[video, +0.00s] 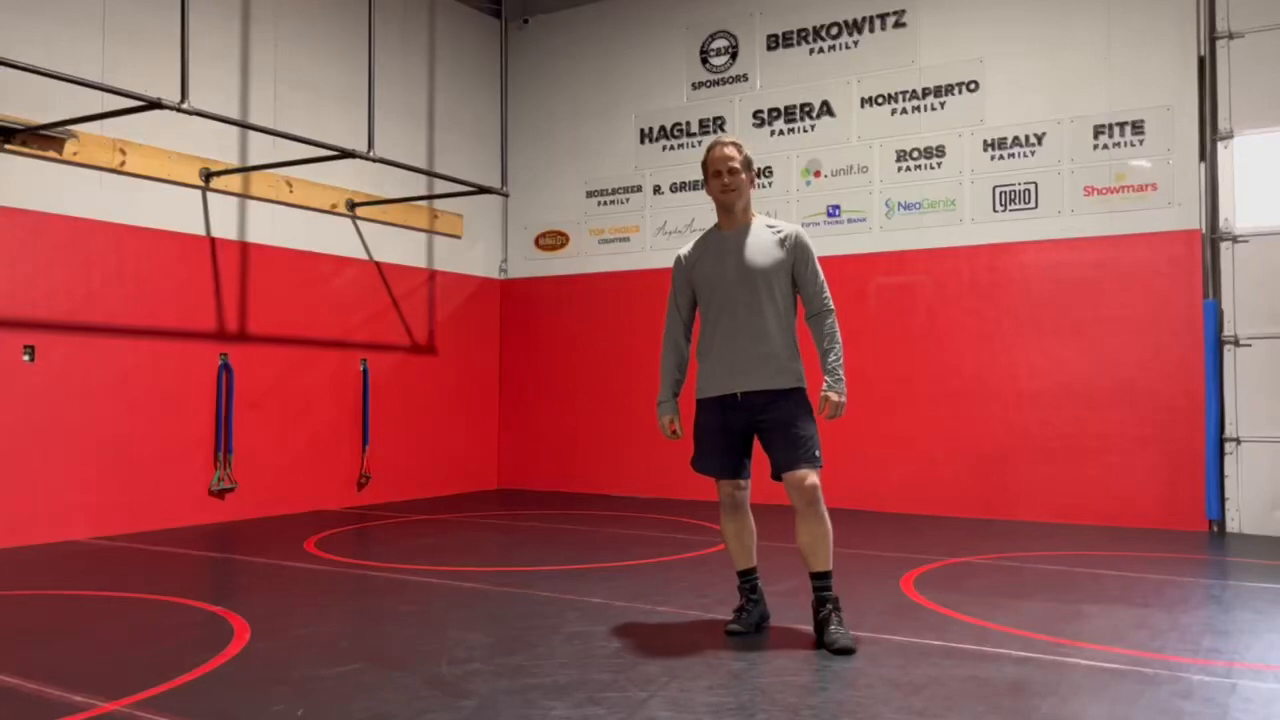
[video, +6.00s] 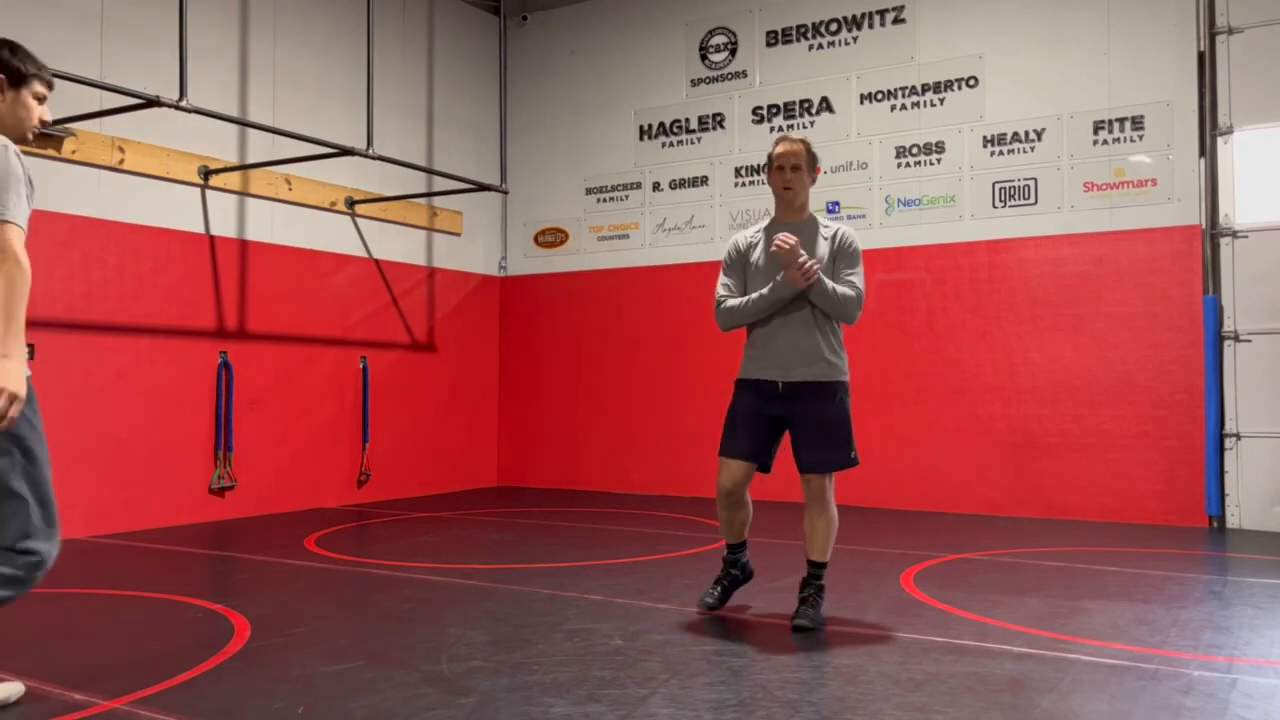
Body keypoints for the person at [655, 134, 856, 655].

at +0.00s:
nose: (725, 178)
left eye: (733, 170)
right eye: (716, 172)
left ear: (752, 176)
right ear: (705, 184)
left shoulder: (788, 239)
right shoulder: (692, 258)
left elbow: (821, 313)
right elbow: (676, 334)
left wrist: (834, 377)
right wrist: (667, 399)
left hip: (783, 393)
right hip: (719, 399)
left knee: (807, 487)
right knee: (732, 496)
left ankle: (827, 610)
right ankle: (750, 601)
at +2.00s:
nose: (747, 158)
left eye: (757, 149)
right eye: (737, 148)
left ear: (772, 159)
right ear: (722, 157)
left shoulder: (792, 235)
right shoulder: (687, 231)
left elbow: (827, 313)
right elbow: (661, 309)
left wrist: (854, 383)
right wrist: (656, 379)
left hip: (769, 387)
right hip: (702, 388)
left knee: (772, 498)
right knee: (697, 497)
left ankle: (778, 620)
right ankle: (706, 598)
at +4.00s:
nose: (783, 181)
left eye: (793, 172)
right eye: (776, 173)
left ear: (815, 178)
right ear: (769, 180)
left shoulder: (840, 250)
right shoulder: (744, 245)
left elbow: (858, 329)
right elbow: (723, 319)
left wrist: (863, 394)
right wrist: (719, 381)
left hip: (816, 390)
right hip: (754, 389)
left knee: (812, 486)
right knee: (732, 488)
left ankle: (810, 588)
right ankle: (727, 575)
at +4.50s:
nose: (734, 182)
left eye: (743, 174)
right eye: (728, 175)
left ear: (764, 181)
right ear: (720, 184)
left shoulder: (790, 242)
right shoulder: (706, 253)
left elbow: (802, 318)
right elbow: (692, 325)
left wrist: (784, 377)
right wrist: (680, 383)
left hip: (772, 387)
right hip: (719, 389)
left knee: (789, 485)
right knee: (723, 482)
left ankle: (806, 587)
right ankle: (728, 582)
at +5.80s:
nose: (773, 176)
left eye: (783, 169)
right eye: (765, 168)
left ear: (799, 179)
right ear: (754, 178)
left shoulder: (825, 245)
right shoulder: (728, 248)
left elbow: (847, 316)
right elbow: (709, 320)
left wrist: (805, 318)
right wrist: (741, 351)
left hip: (808, 385)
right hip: (747, 387)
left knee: (810, 489)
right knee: (733, 485)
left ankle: (810, 593)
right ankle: (729, 580)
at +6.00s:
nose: (785, 176)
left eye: (795, 168)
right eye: (778, 168)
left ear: (813, 176)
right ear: (767, 177)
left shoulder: (839, 240)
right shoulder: (743, 245)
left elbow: (850, 309)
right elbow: (725, 315)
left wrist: (804, 268)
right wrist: (784, 287)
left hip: (819, 383)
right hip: (758, 381)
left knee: (818, 491)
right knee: (729, 486)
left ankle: (812, 592)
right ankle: (735, 565)